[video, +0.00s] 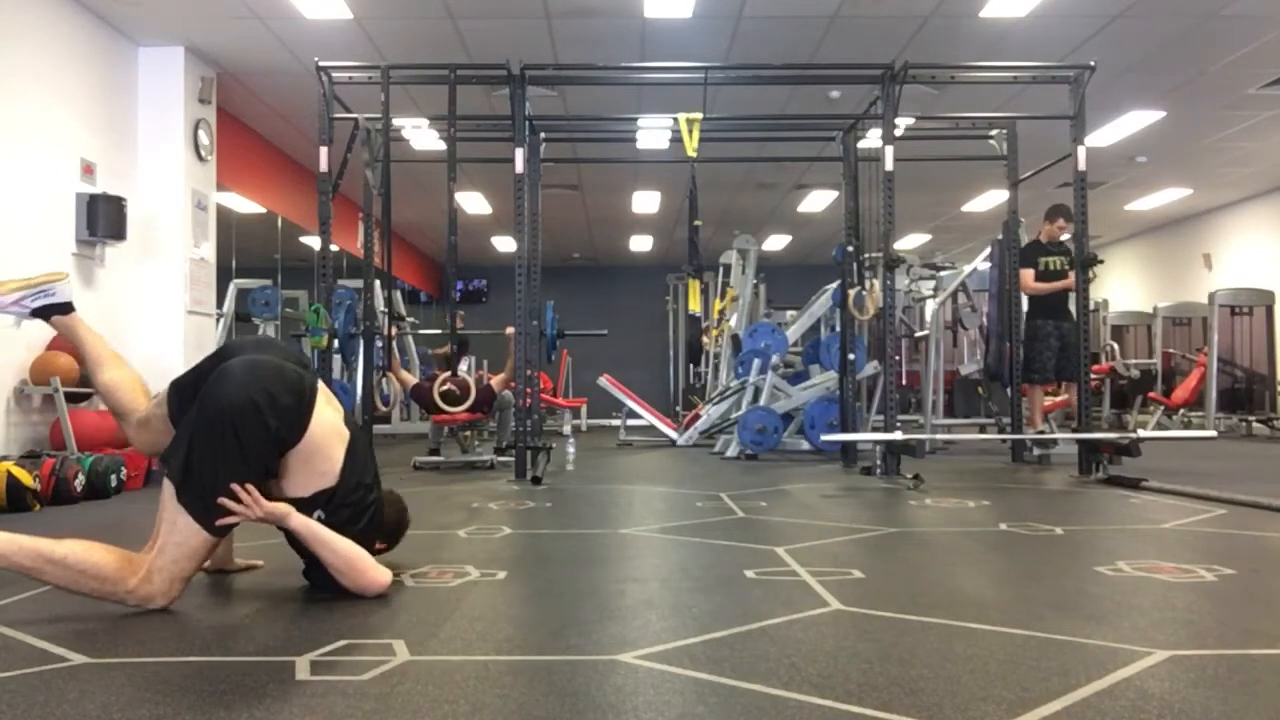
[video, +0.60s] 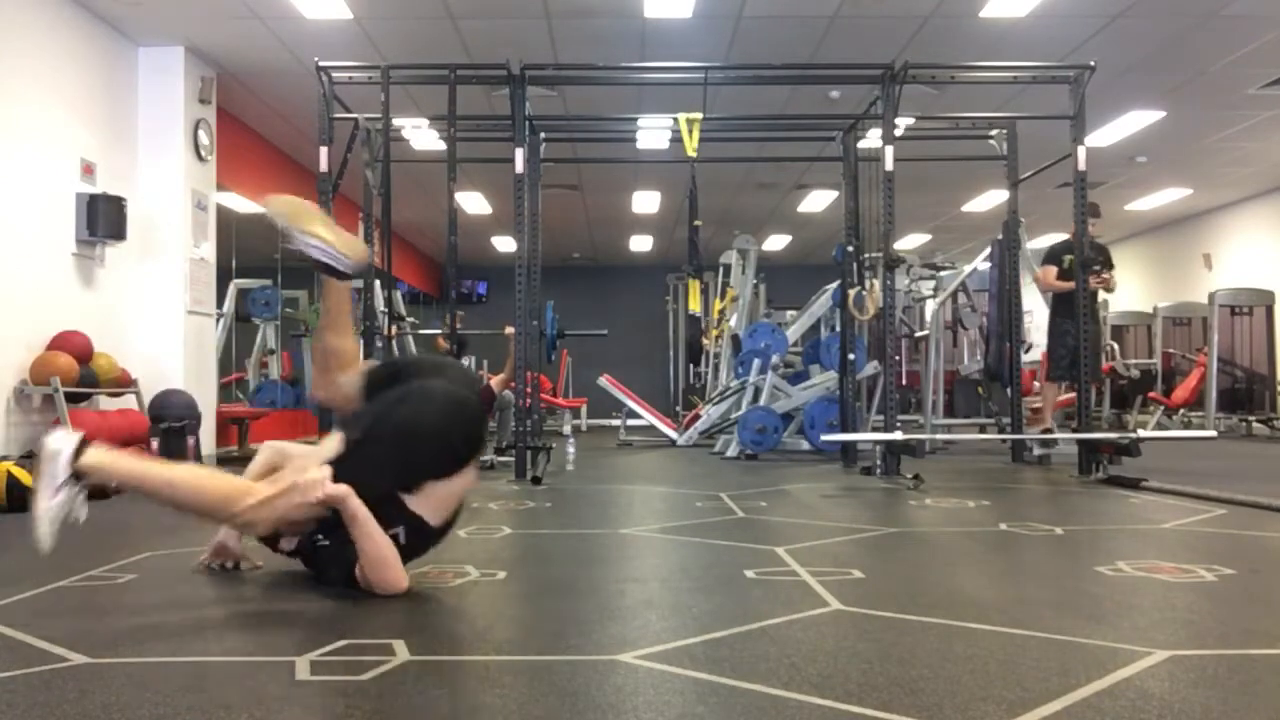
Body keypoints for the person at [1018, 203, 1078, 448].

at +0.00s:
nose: (1063, 234)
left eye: (1065, 230)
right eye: (1060, 228)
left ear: (1066, 228)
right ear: (1047, 223)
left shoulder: (1065, 251)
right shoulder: (1028, 251)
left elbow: (1073, 280)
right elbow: (1027, 286)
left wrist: (1080, 277)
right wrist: (1065, 283)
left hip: (1064, 317)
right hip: (1040, 318)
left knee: (1074, 373)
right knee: (1037, 376)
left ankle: (1077, 420)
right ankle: (1037, 425)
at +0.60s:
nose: (1091, 228)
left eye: (1094, 223)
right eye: (1087, 223)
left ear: (1097, 224)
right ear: (1076, 221)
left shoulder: (1101, 251)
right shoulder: (1058, 250)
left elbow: (1111, 285)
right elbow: (1046, 283)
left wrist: (1106, 282)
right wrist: (1080, 283)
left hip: (1090, 319)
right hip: (1063, 318)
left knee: (1088, 374)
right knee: (1055, 373)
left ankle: (1085, 422)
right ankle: (1047, 423)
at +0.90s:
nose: (1083, 223)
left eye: (1087, 218)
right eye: (1079, 218)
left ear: (1093, 220)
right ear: (1072, 219)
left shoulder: (1101, 251)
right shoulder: (1057, 250)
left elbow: (1110, 284)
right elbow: (1044, 282)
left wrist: (1100, 283)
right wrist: (1075, 284)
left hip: (1091, 319)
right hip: (1064, 319)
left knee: (1090, 375)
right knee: (1059, 375)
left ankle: (1086, 424)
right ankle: (1054, 427)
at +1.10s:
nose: (1078, 224)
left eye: (1083, 218)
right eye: (1074, 218)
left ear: (1090, 221)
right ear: (1067, 221)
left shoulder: (1100, 251)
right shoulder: (1054, 251)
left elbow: (1111, 284)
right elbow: (1043, 285)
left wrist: (1098, 283)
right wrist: (1072, 286)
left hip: (1091, 320)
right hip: (1063, 321)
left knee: (1090, 376)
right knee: (1058, 377)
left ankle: (1087, 424)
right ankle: (1054, 428)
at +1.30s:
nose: (1077, 223)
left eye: (1082, 218)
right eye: (1072, 218)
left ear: (1089, 220)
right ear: (1065, 221)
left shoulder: (1098, 250)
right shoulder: (1053, 252)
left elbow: (1110, 284)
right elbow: (1042, 285)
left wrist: (1098, 284)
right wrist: (1068, 288)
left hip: (1090, 320)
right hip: (1063, 321)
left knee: (1090, 375)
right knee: (1058, 376)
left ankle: (1087, 424)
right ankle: (1054, 427)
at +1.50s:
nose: (1076, 222)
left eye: (1081, 217)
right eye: (1072, 218)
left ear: (1087, 220)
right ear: (1064, 220)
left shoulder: (1097, 250)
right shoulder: (1053, 251)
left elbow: (1111, 284)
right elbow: (1036, 283)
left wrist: (1100, 279)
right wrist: (1057, 292)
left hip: (1090, 320)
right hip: (1062, 321)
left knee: (1090, 376)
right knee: (1058, 376)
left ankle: (1087, 424)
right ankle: (1054, 428)